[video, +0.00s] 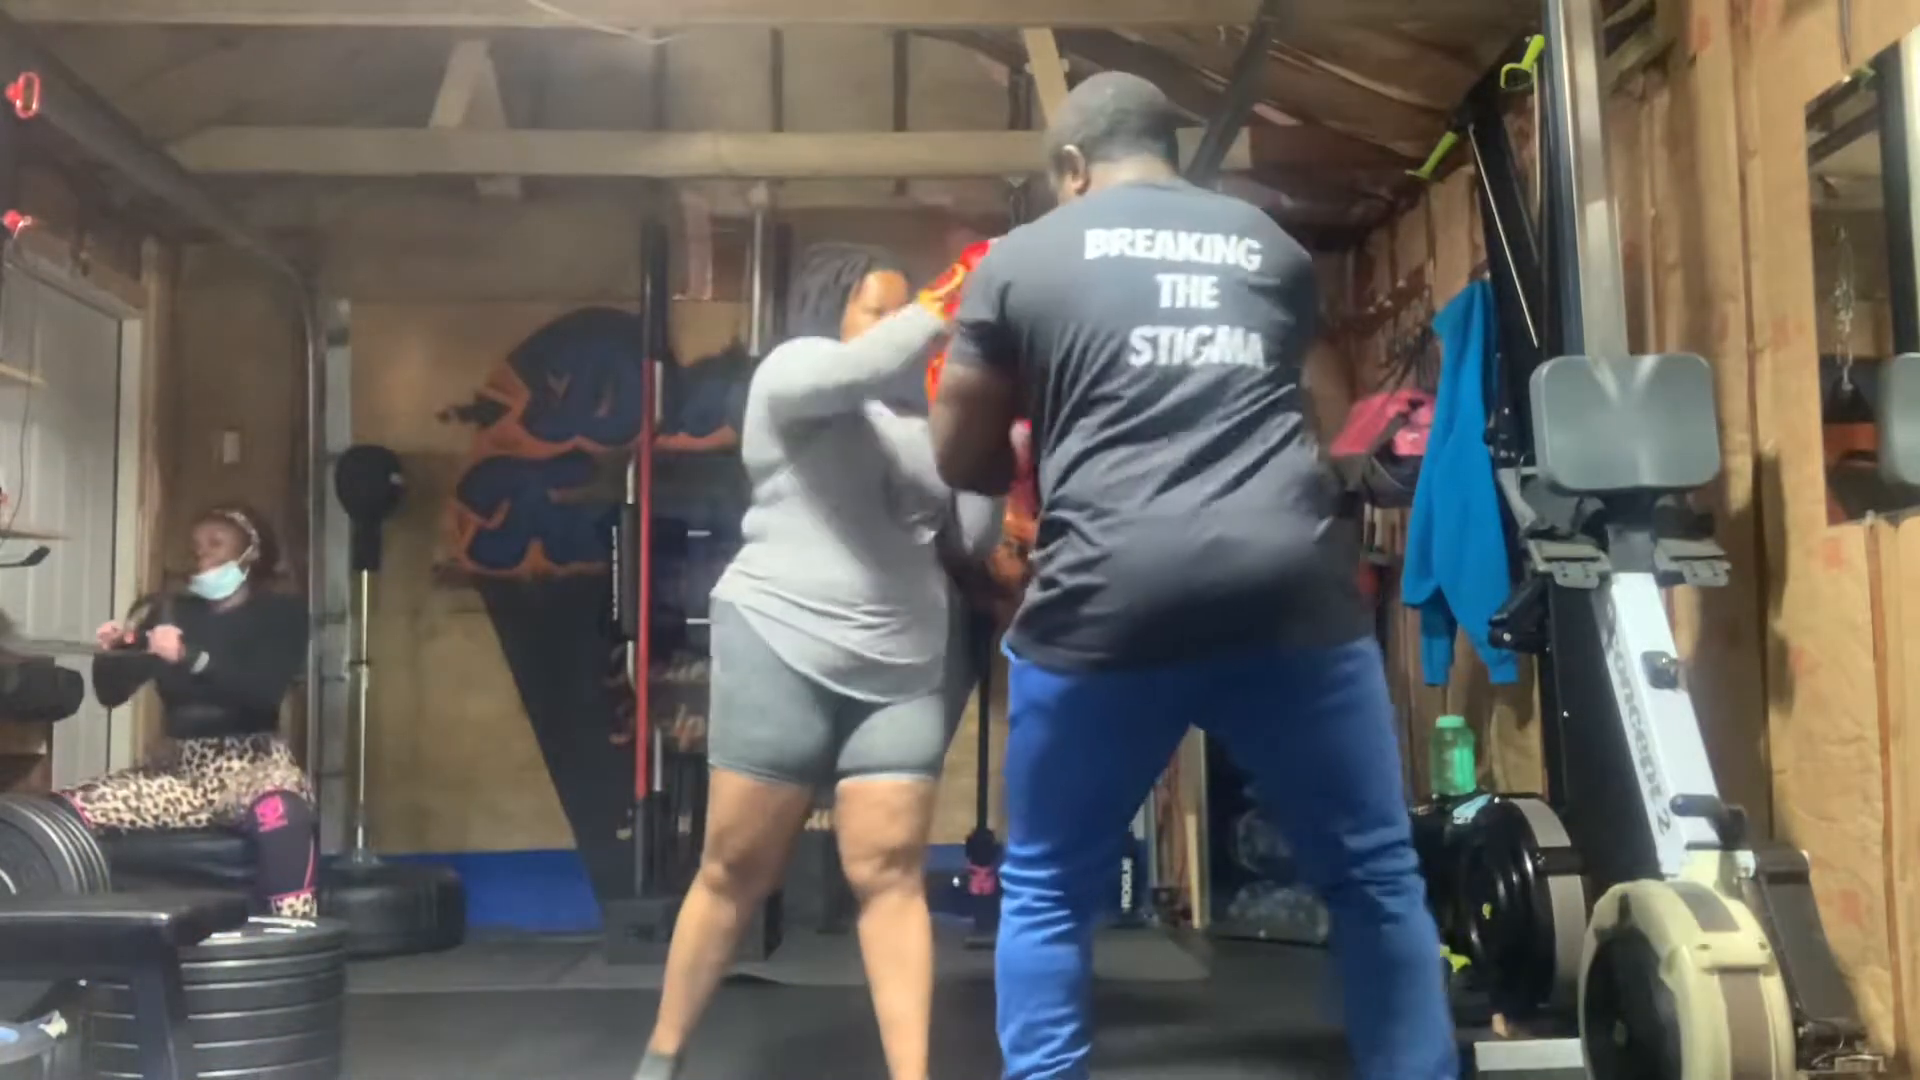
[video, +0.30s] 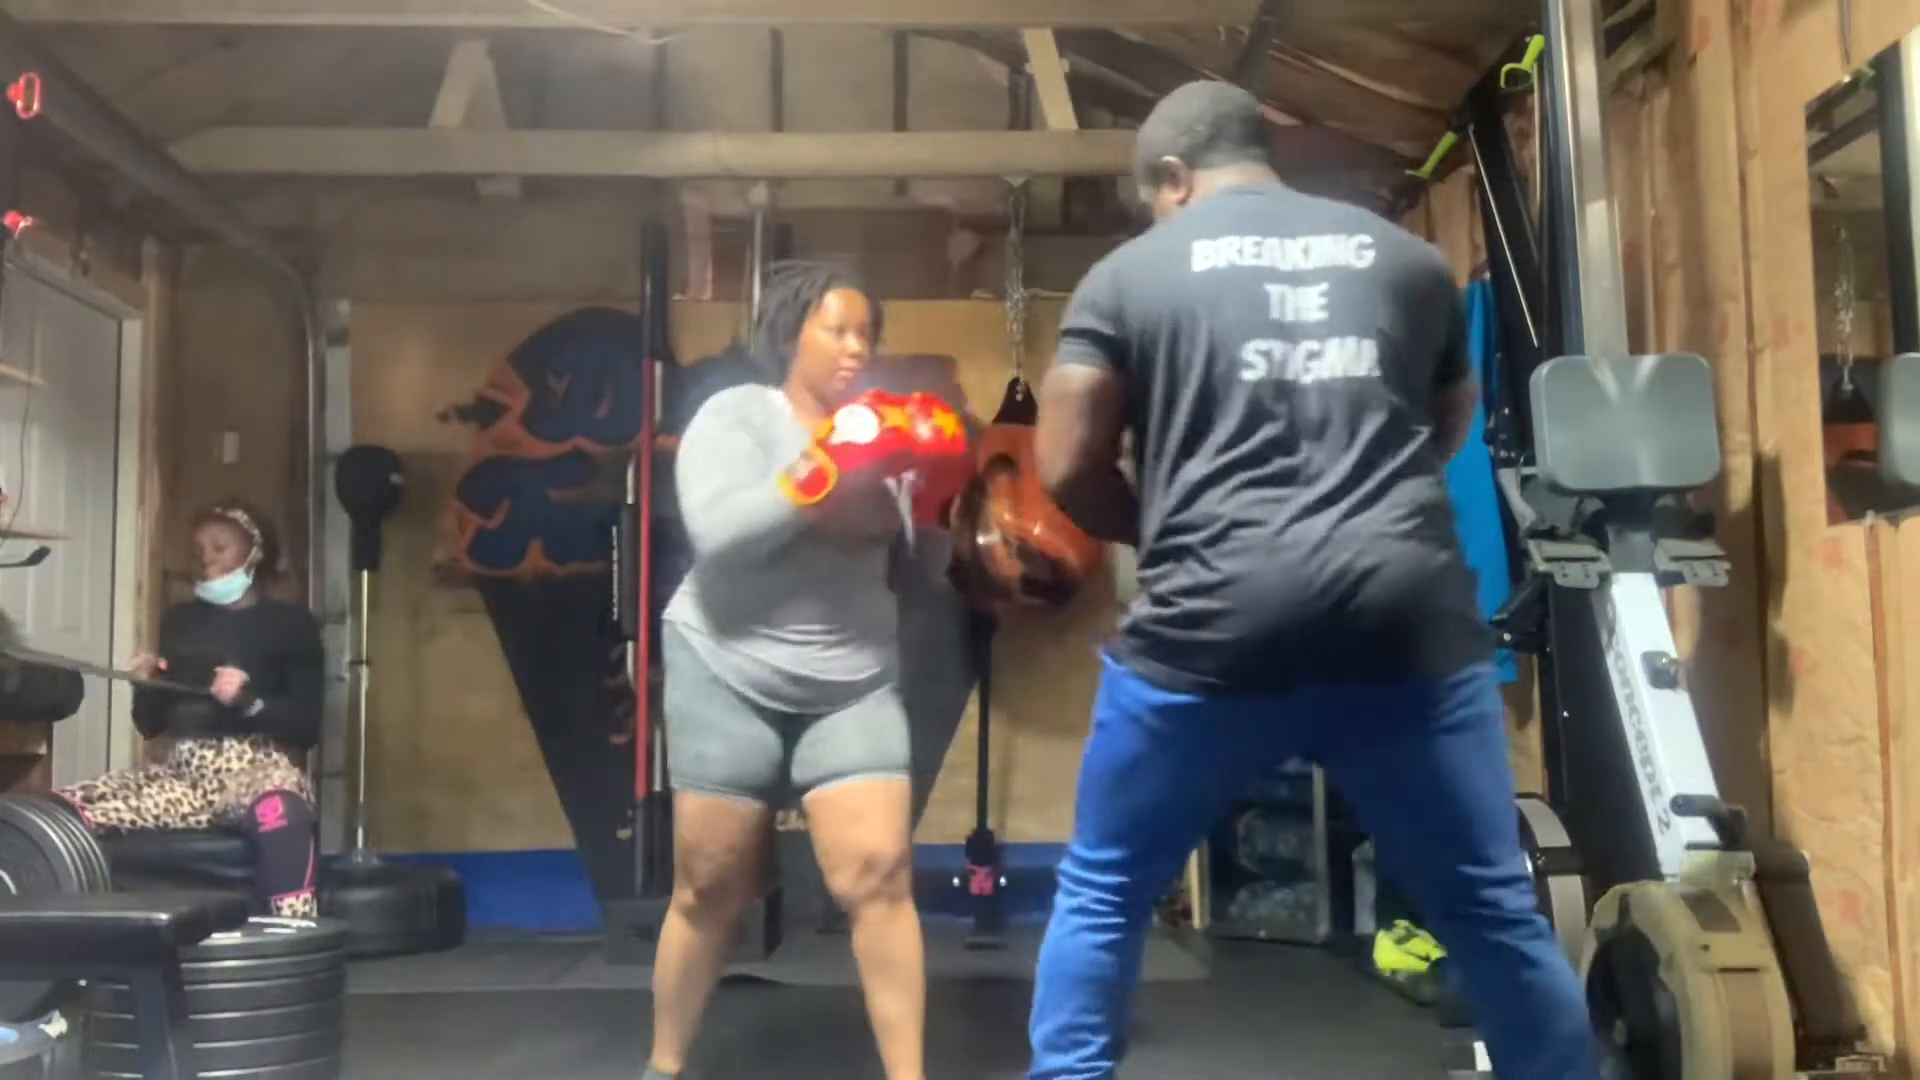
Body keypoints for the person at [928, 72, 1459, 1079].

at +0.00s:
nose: (1057, 192)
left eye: (1054, 178)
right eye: (1058, 181)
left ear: (1074, 167)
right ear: (1176, 154)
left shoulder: (1020, 260)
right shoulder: (1268, 239)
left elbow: (964, 458)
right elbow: (1326, 415)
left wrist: (1029, 444)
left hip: (1112, 589)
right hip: (1290, 579)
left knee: (1048, 889)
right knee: (1376, 875)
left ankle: (1042, 1071)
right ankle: (1417, 1073)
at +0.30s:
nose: (1152, 219)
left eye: (1150, 200)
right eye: (1150, 202)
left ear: (1173, 179)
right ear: (1271, 157)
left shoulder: (1128, 274)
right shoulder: (1411, 259)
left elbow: (1069, 471)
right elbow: (1446, 428)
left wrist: (1170, 519)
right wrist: (1357, 492)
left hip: (1216, 618)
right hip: (1407, 613)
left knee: (1104, 892)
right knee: (1493, 906)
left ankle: (1064, 1074)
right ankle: (1569, 1076)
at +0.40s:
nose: (1194, 210)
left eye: (1190, 192)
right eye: (1193, 196)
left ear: (1213, 170)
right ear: (1310, 150)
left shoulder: (1168, 263)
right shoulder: (1458, 241)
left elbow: (1115, 464)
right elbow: (1497, 421)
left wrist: (1212, 514)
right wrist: (1402, 482)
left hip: (1251, 608)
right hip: (1455, 609)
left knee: (1129, 891)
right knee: (1520, 912)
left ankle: (1078, 1074)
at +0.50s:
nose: (1212, 203)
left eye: (1209, 185)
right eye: (1210, 188)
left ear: (1239, 159)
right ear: (1331, 141)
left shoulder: (1189, 253)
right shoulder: (1485, 232)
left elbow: (1137, 456)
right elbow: (1523, 408)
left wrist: (1241, 502)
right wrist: (1409, 455)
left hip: (1269, 603)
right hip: (1472, 604)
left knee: (1150, 878)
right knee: (1527, 908)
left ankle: (1115, 1073)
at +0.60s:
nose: (1218, 202)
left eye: (1215, 184)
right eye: (1217, 187)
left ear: (1244, 159)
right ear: (1339, 144)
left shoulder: (1194, 251)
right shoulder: (1487, 237)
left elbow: (1134, 454)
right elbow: (1530, 402)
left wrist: (1229, 505)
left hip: (1273, 610)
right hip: (1474, 611)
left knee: (1150, 876)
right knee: (1527, 909)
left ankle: (1125, 1071)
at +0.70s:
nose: (1205, 203)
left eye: (1203, 187)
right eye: (1204, 190)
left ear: (1232, 164)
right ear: (1333, 155)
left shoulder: (1182, 251)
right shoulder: (1466, 249)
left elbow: (1117, 452)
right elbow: (1502, 413)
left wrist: (1186, 506)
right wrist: (1403, 474)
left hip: (1264, 614)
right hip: (1459, 613)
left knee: (1133, 879)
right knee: (1515, 911)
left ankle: (1119, 1071)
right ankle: (1579, 1079)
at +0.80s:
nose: (1172, 201)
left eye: (1169, 188)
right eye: (1171, 189)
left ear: (1201, 168)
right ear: (1291, 156)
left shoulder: (1166, 240)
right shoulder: (1406, 258)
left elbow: (1092, 444)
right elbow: (1397, 413)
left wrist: (1147, 509)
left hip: (1247, 608)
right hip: (1428, 603)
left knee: (1085, 860)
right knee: (1490, 908)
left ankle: (1081, 1066)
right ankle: (1565, 1074)